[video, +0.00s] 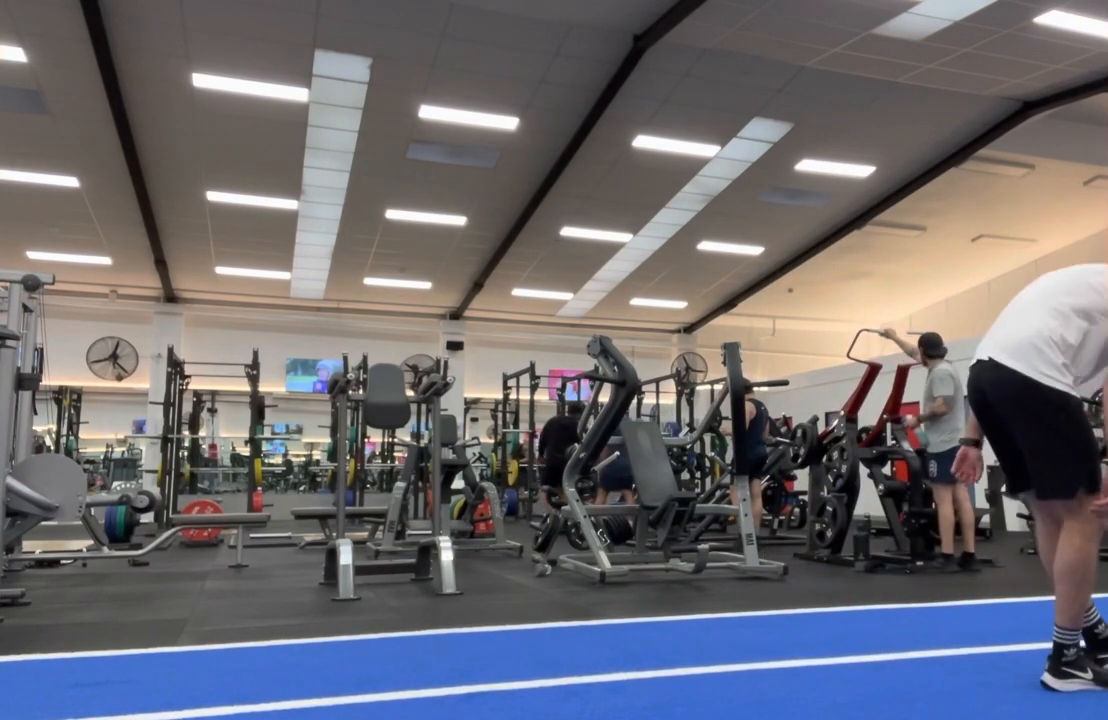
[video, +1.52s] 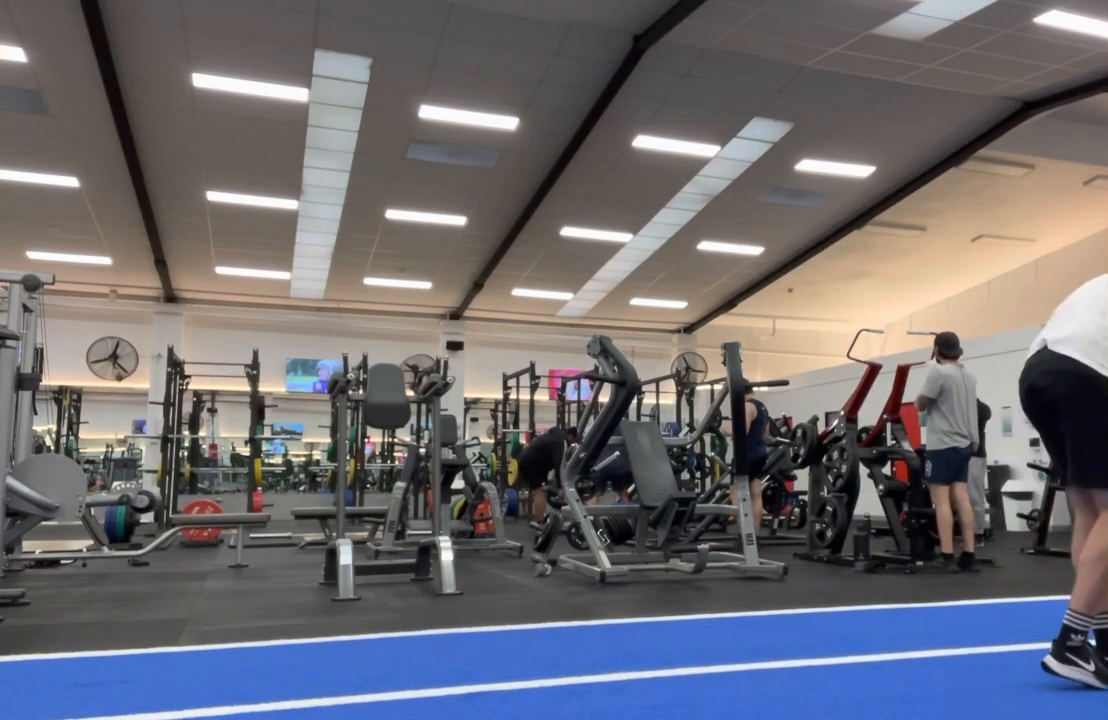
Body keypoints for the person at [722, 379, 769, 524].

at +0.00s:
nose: (733, 395)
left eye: (734, 391)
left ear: (738, 391)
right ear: (750, 388)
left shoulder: (747, 405)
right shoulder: (761, 406)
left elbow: (741, 429)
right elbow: (766, 433)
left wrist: (723, 430)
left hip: (745, 453)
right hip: (760, 452)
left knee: (735, 489)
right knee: (756, 494)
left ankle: (743, 528)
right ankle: (755, 531)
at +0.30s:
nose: (733, 395)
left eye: (734, 391)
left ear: (738, 391)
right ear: (751, 388)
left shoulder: (747, 405)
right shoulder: (761, 406)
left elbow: (742, 429)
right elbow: (766, 433)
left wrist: (725, 430)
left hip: (745, 454)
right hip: (760, 453)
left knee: (735, 489)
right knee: (756, 494)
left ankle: (742, 527)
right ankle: (755, 532)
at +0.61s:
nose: (733, 395)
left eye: (733, 391)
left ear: (738, 391)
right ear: (750, 388)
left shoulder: (747, 406)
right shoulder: (762, 406)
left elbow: (741, 430)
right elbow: (766, 434)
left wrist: (724, 429)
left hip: (746, 454)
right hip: (760, 453)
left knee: (735, 490)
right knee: (756, 494)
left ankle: (743, 528)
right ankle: (755, 531)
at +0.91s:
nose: (733, 395)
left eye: (734, 391)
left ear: (738, 391)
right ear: (750, 388)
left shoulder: (747, 406)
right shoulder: (761, 406)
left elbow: (742, 431)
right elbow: (766, 434)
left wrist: (723, 429)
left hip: (746, 455)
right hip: (760, 453)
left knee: (735, 490)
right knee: (756, 494)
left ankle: (742, 528)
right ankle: (755, 531)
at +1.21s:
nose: (733, 395)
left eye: (734, 391)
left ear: (739, 391)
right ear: (750, 388)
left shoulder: (747, 406)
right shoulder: (761, 406)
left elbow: (743, 431)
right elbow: (765, 435)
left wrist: (724, 429)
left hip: (745, 455)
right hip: (760, 454)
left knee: (735, 490)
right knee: (756, 494)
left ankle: (743, 529)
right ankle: (755, 531)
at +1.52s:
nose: (733, 395)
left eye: (734, 391)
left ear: (739, 391)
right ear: (750, 388)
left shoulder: (747, 406)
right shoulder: (761, 406)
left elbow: (743, 431)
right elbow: (765, 434)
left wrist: (725, 430)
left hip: (746, 454)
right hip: (759, 453)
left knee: (735, 489)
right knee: (756, 495)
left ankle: (743, 528)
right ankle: (755, 532)